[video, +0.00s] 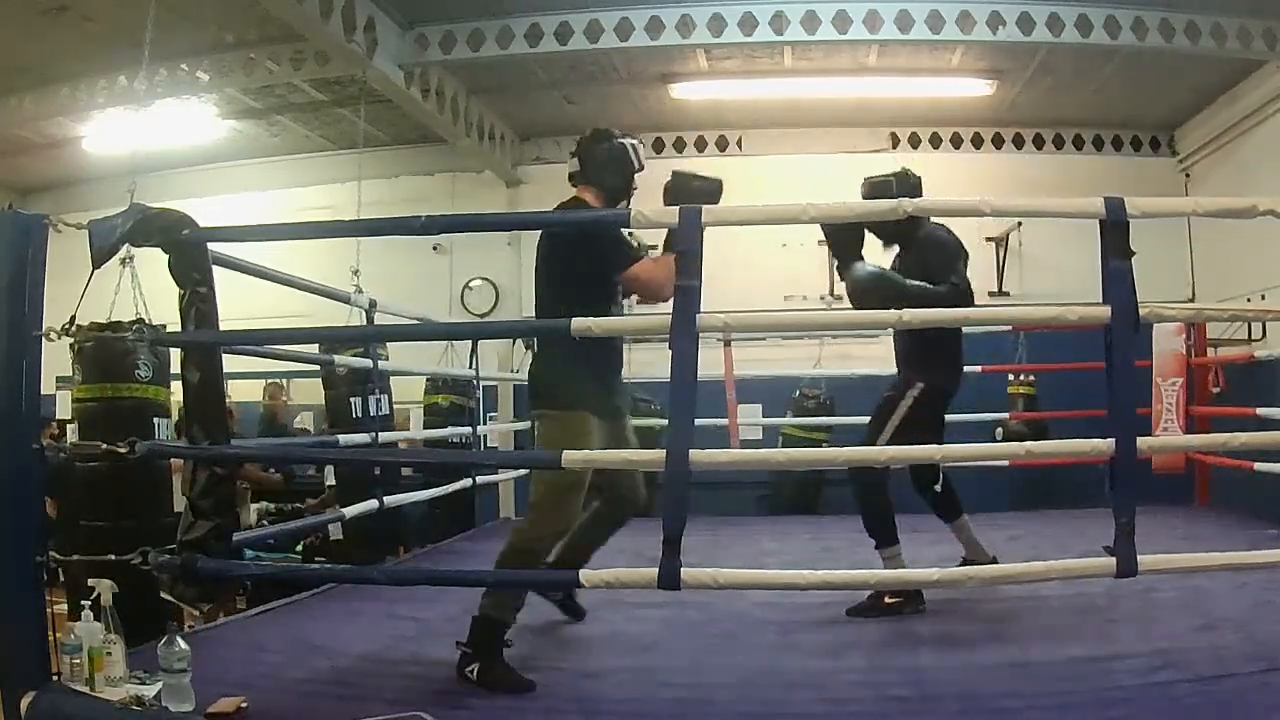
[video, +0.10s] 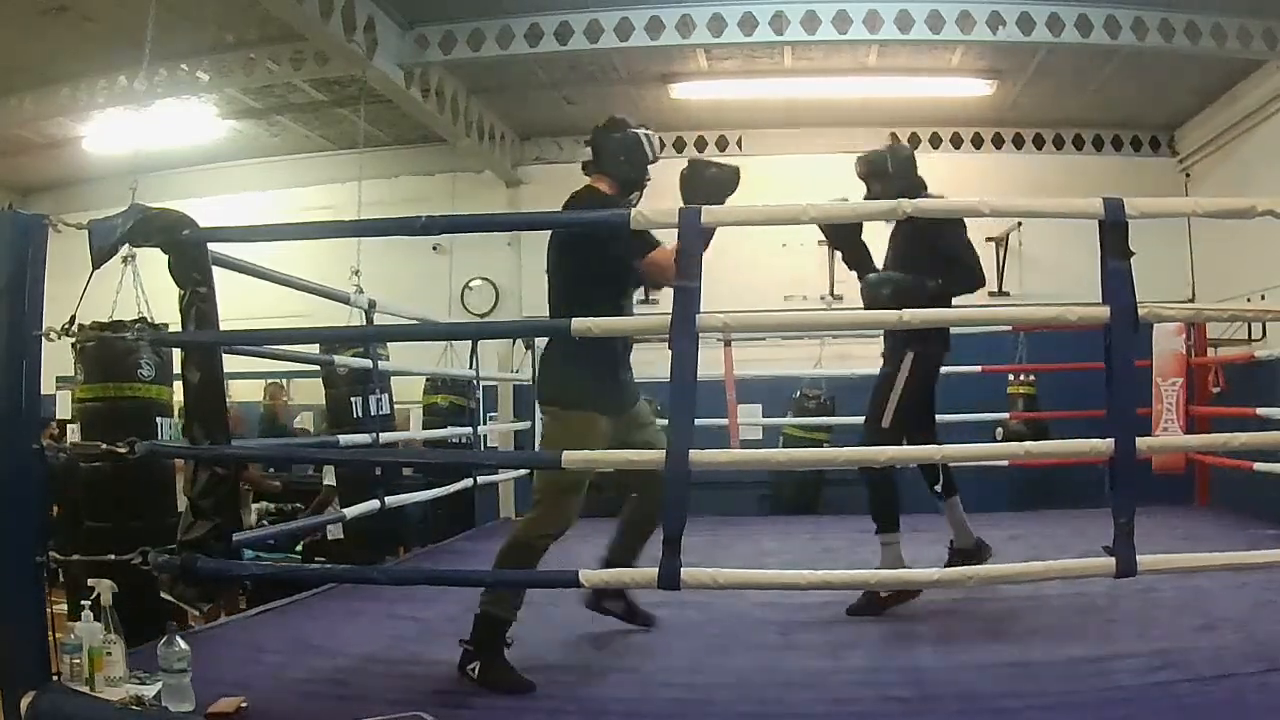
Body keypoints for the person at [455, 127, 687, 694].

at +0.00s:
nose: (636, 186)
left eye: (634, 177)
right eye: (634, 176)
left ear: (587, 171)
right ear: (623, 176)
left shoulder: (586, 222)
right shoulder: (586, 224)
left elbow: (640, 281)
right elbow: (657, 287)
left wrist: (659, 267)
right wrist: (678, 248)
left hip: (599, 394)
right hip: (570, 394)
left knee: (626, 496)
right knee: (551, 519)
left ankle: (558, 573)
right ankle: (482, 648)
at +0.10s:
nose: (648, 177)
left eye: (647, 167)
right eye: (645, 167)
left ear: (598, 162)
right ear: (632, 167)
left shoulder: (592, 210)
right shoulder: (602, 215)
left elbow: (646, 273)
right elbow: (674, 270)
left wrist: (692, 237)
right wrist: (699, 214)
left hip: (610, 381)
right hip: (578, 384)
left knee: (657, 476)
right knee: (553, 512)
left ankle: (609, 582)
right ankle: (485, 642)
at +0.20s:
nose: (668, 177)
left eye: (668, 167)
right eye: (666, 167)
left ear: (618, 163)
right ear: (652, 169)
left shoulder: (625, 215)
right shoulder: (616, 215)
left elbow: (692, 264)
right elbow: (704, 264)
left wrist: (704, 206)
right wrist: (723, 202)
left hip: (619, 380)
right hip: (590, 381)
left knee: (671, 481)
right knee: (602, 503)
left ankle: (648, 606)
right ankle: (506, 626)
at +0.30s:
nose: (688, 185)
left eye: (688, 178)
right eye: (687, 176)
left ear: (637, 167)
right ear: (674, 175)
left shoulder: (638, 216)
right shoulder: (627, 217)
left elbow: (687, 268)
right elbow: (711, 274)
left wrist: (700, 203)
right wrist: (738, 212)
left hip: (634, 384)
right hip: (604, 384)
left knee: (673, 488)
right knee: (643, 499)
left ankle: (649, 607)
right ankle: (564, 634)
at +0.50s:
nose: (719, 185)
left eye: (721, 175)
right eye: (719, 174)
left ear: (665, 163)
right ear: (704, 171)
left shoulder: (639, 215)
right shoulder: (669, 221)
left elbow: (709, 289)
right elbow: (730, 295)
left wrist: (754, 238)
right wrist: (763, 232)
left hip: (641, 390)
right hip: (645, 394)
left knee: (722, 466)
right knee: (655, 521)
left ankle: (687, 582)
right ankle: (591, 662)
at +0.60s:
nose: (736, 182)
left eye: (737, 174)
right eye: (735, 173)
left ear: (683, 162)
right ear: (723, 171)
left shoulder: (660, 210)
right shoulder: (686, 218)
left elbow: (735, 289)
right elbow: (747, 297)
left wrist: (766, 233)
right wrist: (777, 230)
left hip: (668, 389)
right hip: (660, 393)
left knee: (713, 481)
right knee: (656, 521)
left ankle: (738, 593)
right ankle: (593, 659)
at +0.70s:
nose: (750, 188)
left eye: (748, 179)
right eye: (749, 180)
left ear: (697, 171)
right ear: (738, 177)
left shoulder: (673, 225)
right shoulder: (714, 226)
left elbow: (678, 319)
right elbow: (774, 292)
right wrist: (793, 225)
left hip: (681, 393)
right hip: (688, 398)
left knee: (725, 504)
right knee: (682, 523)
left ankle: (751, 601)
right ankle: (604, 650)